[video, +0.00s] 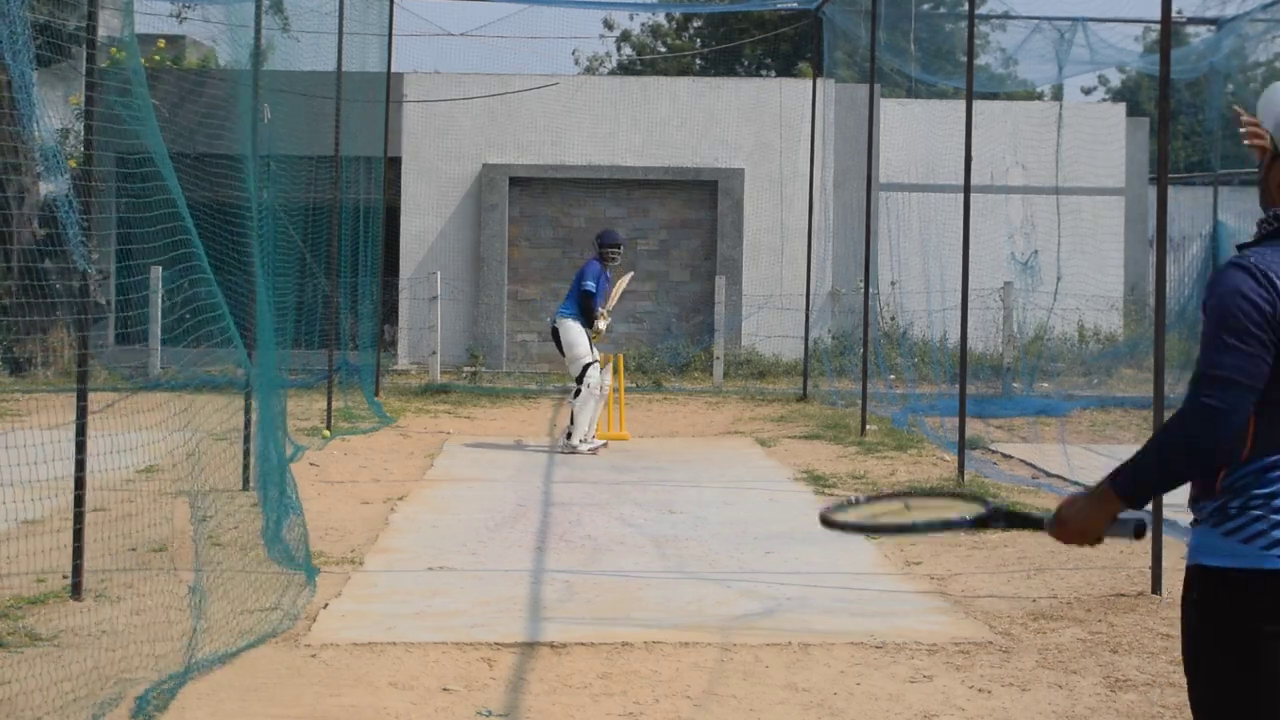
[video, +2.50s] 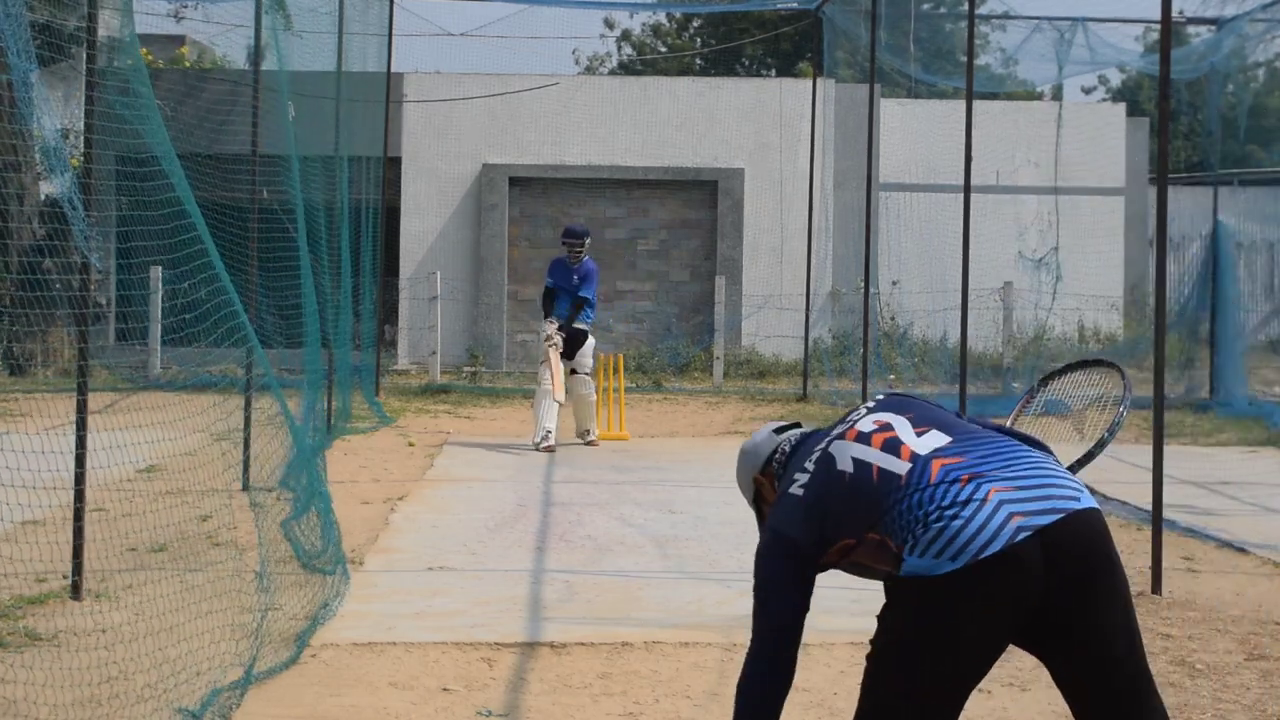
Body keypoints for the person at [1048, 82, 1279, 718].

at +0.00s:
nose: (1264, 168)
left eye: (1268, 157)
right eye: (1266, 155)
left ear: (1275, 173)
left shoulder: (1254, 276)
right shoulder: (1260, 271)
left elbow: (1213, 418)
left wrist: (1108, 496)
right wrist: (1273, 153)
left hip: (1246, 566)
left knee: (1233, 703)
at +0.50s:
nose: (1245, 166)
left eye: (1249, 158)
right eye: (1250, 158)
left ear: (1253, 167)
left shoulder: (1179, 240)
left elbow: (1129, 374)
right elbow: (1130, 376)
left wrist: (1134, 459)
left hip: (1146, 502)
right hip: (1255, 528)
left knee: (1061, 630)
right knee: (1228, 706)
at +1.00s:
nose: (1231, 170)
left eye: (1232, 162)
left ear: (1231, 169)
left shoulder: (1157, 240)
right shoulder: (1277, 264)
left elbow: (1109, 377)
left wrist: (1136, 456)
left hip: (1130, 501)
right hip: (1246, 519)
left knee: (1101, 621)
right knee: (1224, 700)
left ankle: (1116, 716)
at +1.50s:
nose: (1148, 195)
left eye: (1151, 181)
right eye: (1149, 182)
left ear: (1172, 178)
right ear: (1227, 181)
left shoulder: (1128, 248)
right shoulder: (1272, 267)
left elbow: (1073, 378)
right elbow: (1273, 398)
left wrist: (1122, 440)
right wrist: (1233, 446)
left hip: (1128, 512)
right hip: (1237, 516)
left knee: (1080, 698)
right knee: (1212, 701)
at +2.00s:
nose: (961, 288)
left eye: (960, 275)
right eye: (958, 278)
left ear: (980, 250)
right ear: (1037, 241)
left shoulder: (973, 306)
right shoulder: (1117, 294)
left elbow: (938, 451)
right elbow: (1166, 418)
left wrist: (897, 575)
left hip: (1059, 535)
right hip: (1166, 534)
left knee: (982, 706)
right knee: (1163, 708)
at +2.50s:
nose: (767, 522)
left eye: (760, 507)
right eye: (759, 510)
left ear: (770, 481)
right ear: (803, 442)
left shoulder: (791, 512)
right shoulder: (894, 408)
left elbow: (769, 664)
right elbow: (1031, 448)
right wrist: (902, 564)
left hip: (962, 561)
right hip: (1075, 529)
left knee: (896, 709)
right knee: (1129, 705)